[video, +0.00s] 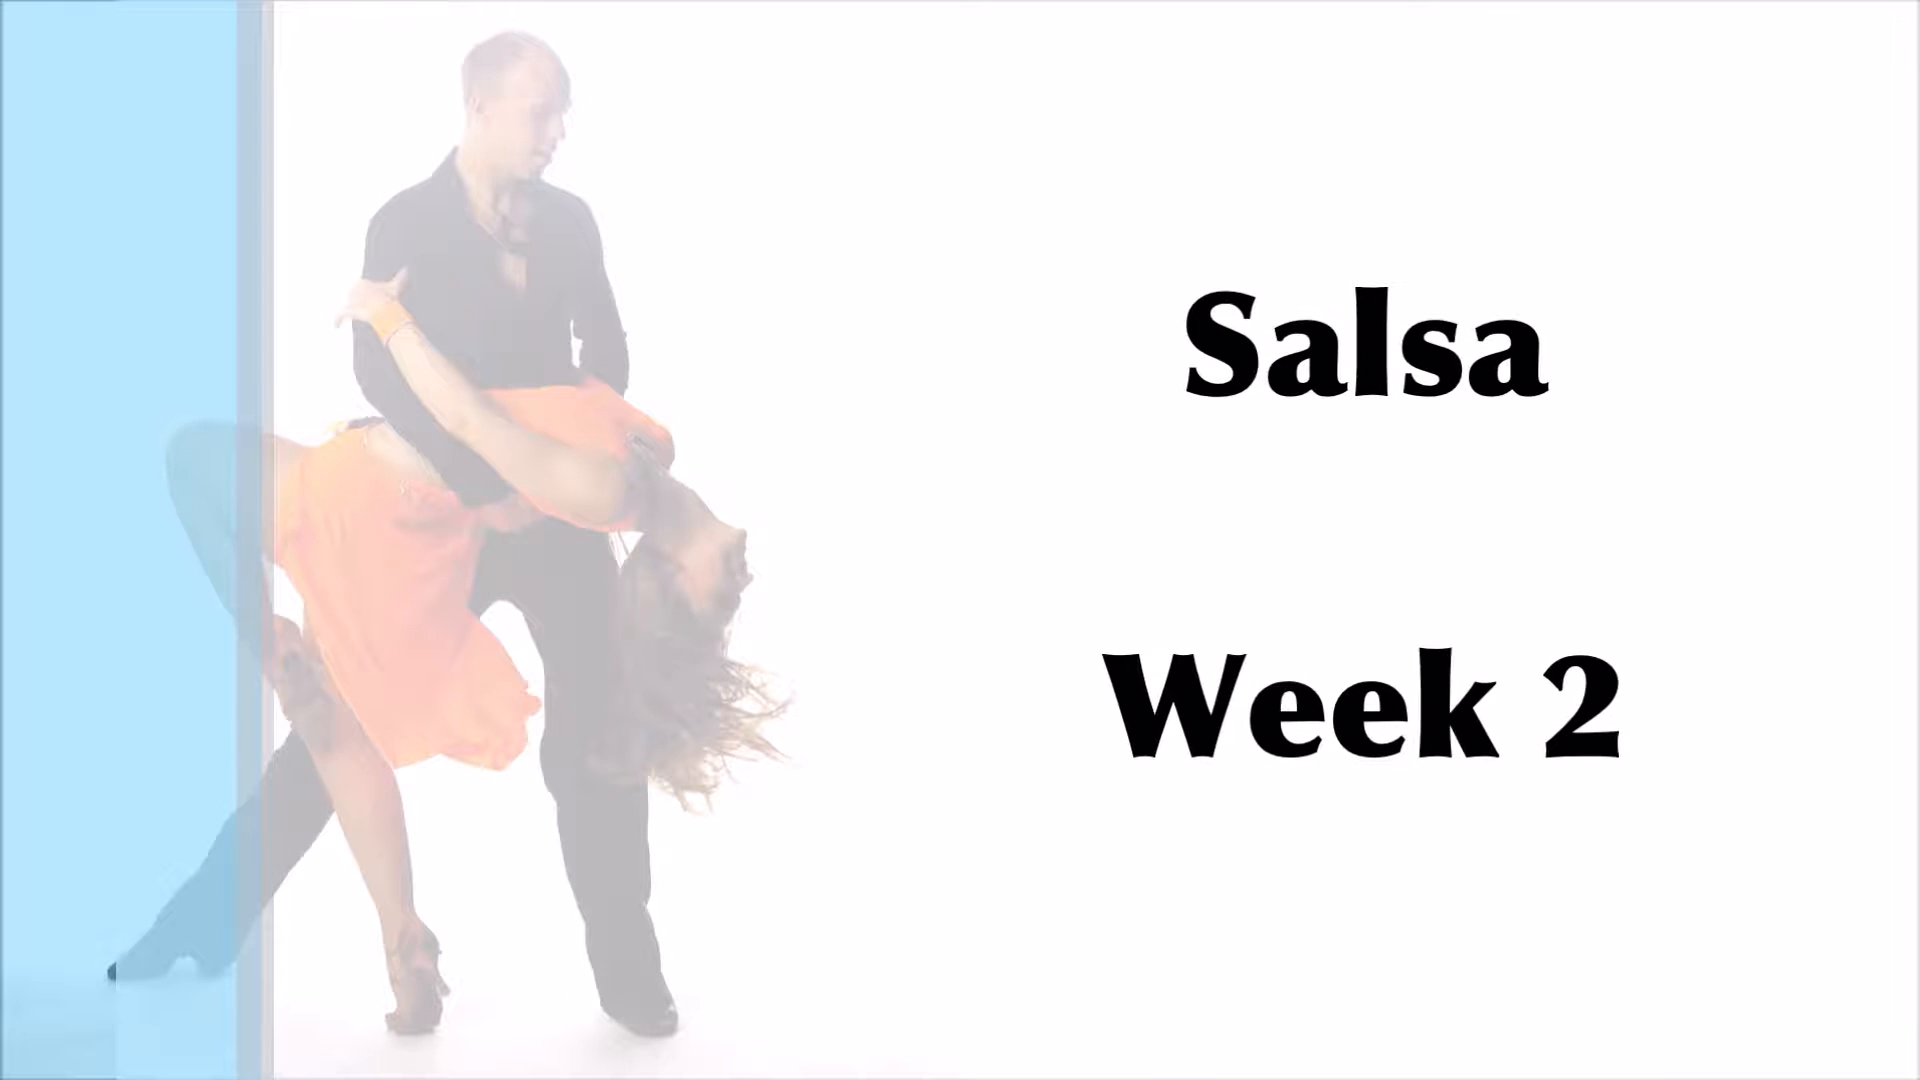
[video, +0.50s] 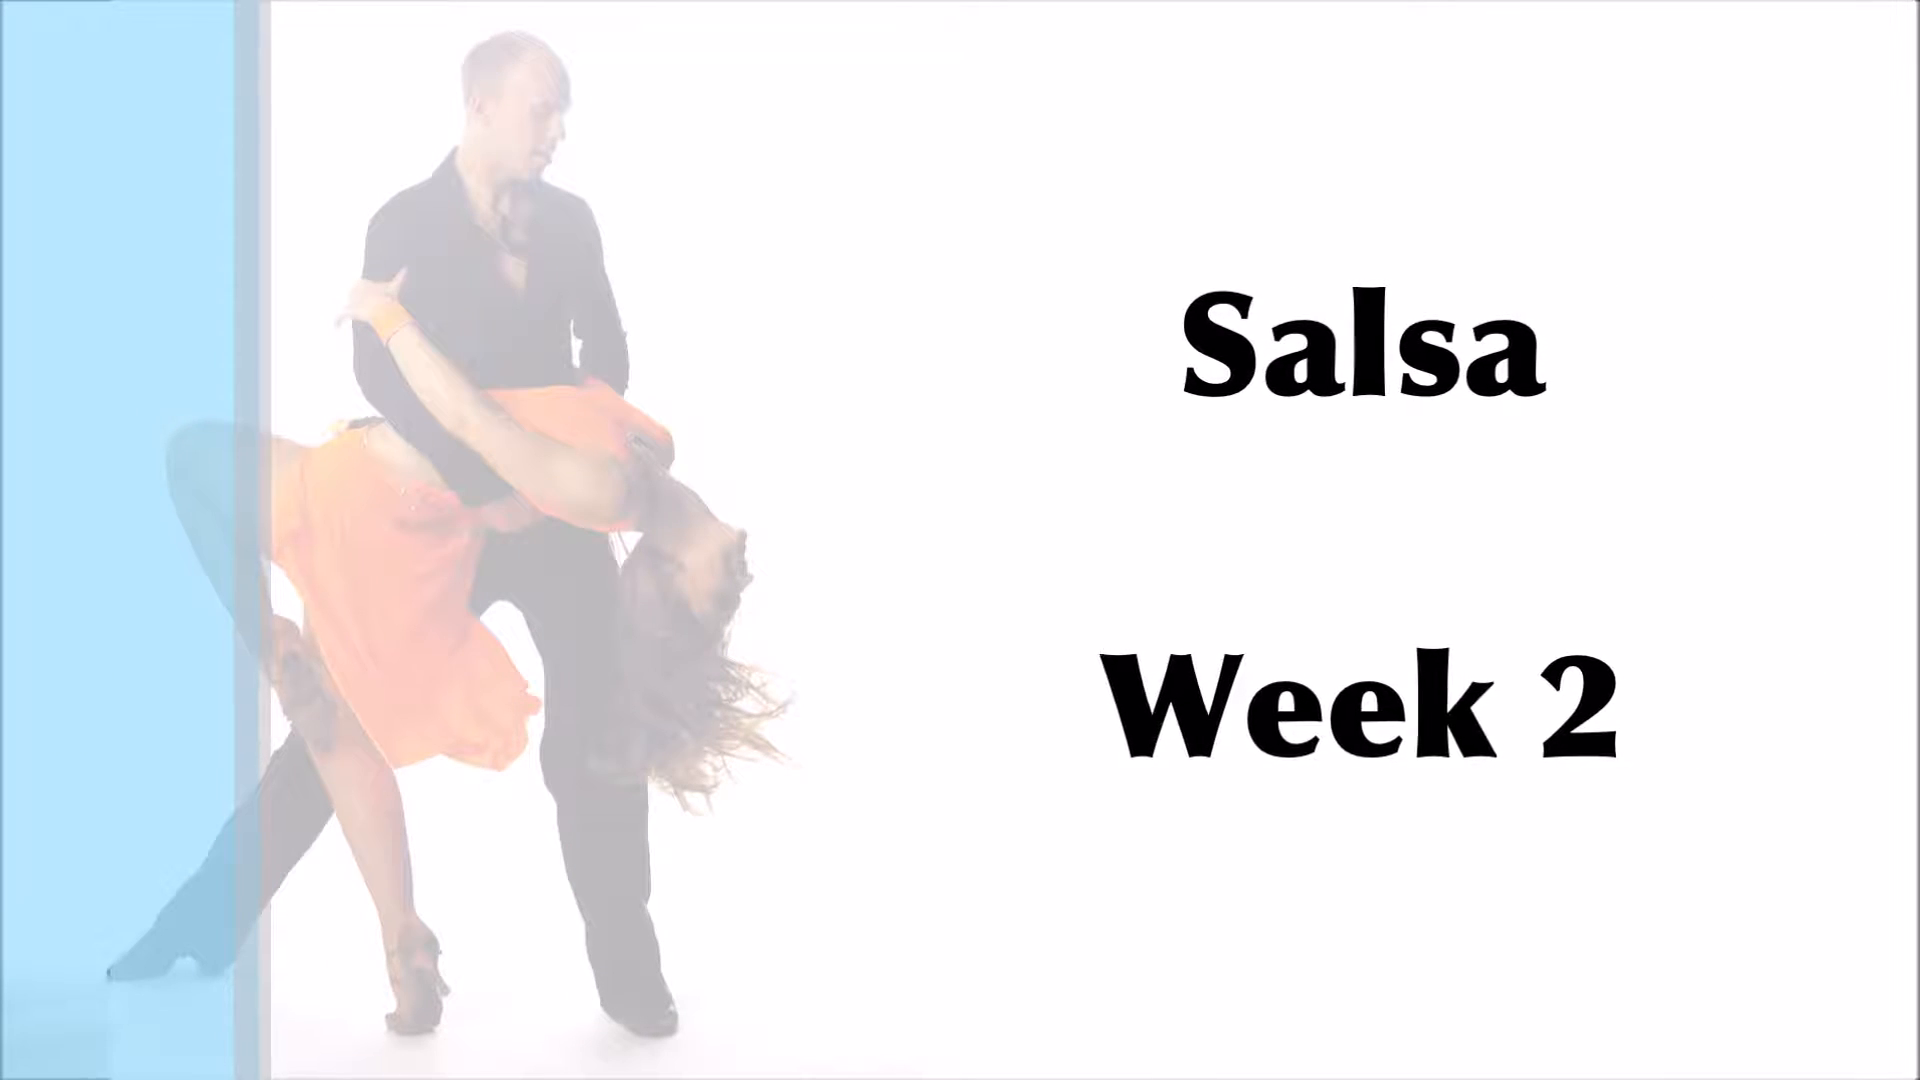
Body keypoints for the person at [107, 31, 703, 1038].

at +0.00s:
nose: (556, 133)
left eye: (563, 116)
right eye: (541, 113)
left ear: (556, 122)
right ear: (480, 110)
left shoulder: (567, 220)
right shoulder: (405, 223)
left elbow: (606, 341)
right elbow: (377, 368)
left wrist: (594, 416)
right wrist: (464, 472)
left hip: (554, 527)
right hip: (436, 523)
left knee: (598, 727)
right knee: (344, 730)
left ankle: (629, 964)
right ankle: (203, 926)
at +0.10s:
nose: (556, 134)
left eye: (562, 116)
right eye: (541, 113)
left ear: (556, 122)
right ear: (481, 111)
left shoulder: (567, 220)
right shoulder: (405, 223)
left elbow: (607, 342)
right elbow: (378, 369)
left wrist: (593, 419)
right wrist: (465, 471)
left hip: (554, 526)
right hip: (437, 521)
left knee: (599, 724)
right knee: (344, 728)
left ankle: (628, 960)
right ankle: (207, 922)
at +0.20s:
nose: (556, 133)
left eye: (562, 115)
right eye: (541, 112)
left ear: (554, 121)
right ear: (481, 110)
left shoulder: (567, 220)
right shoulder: (405, 223)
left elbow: (607, 341)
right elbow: (378, 368)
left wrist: (595, 420)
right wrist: (465, 474)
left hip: (554, 525)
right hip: (437, 522)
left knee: (598, 724)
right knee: (346, 727)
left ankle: (627, 958)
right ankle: (211, 918)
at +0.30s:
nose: (557, 132)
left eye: (563, 114)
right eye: (542, 112)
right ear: (481, 111)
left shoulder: (567, 219)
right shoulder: (405, 224)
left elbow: (609, 351)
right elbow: (380, 372)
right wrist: (473, 481)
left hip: (556, 526)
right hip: (440, 523)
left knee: (598, 730)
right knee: (344, 729)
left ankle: (627, 963)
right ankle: (210, 921)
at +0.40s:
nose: (557, 132)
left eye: (563, 115)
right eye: (542, 112)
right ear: (481, 110)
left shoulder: (567, 220)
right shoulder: (405, 223)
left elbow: (608, 345)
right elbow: (379, 370)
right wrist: (468, 477)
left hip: (555, 526)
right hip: (438, 522)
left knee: (598, 728)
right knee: (345, 728)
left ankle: (627, 961)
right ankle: (209, 921)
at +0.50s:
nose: (557, 132)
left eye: (563, 115)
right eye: (541, 112)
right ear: (481, 110)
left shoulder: (567, 220)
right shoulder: (405, 223)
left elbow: (608, 345)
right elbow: (379, 370)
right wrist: (468, 477)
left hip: (555, 526)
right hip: (438, 522)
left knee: (598, 728)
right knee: (345, 727)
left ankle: (627, 961)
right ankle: (209, 920)